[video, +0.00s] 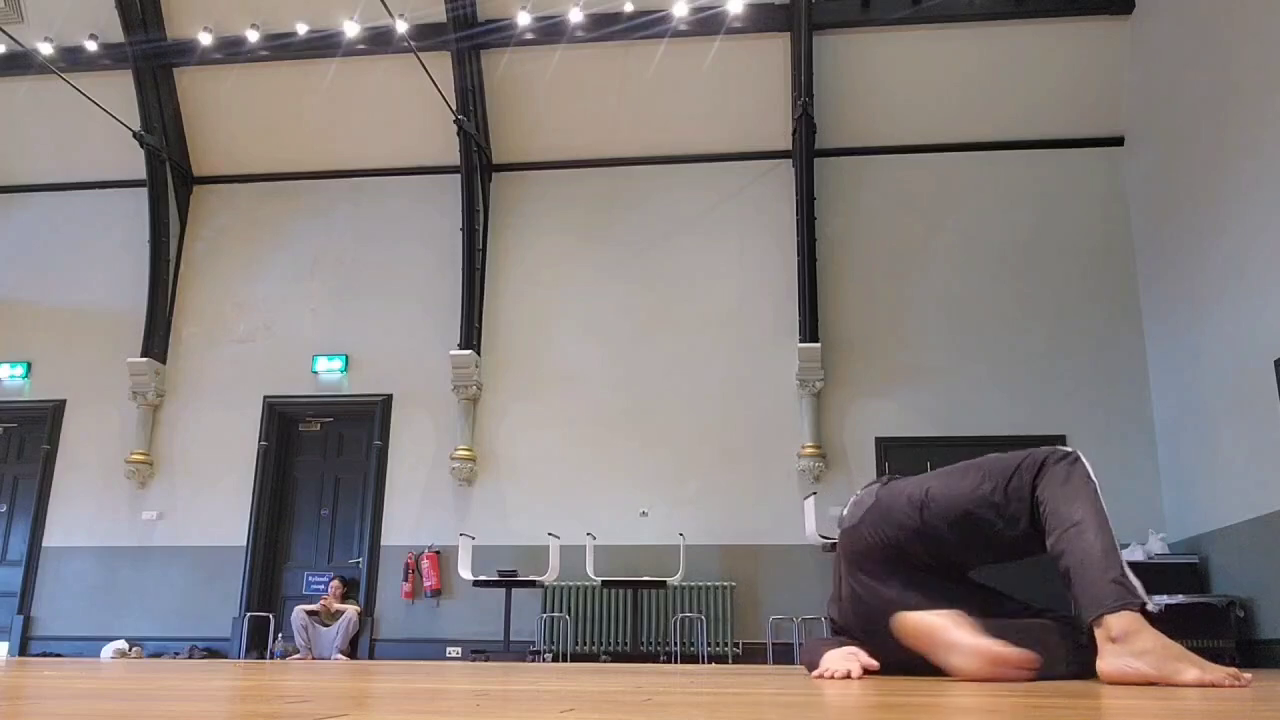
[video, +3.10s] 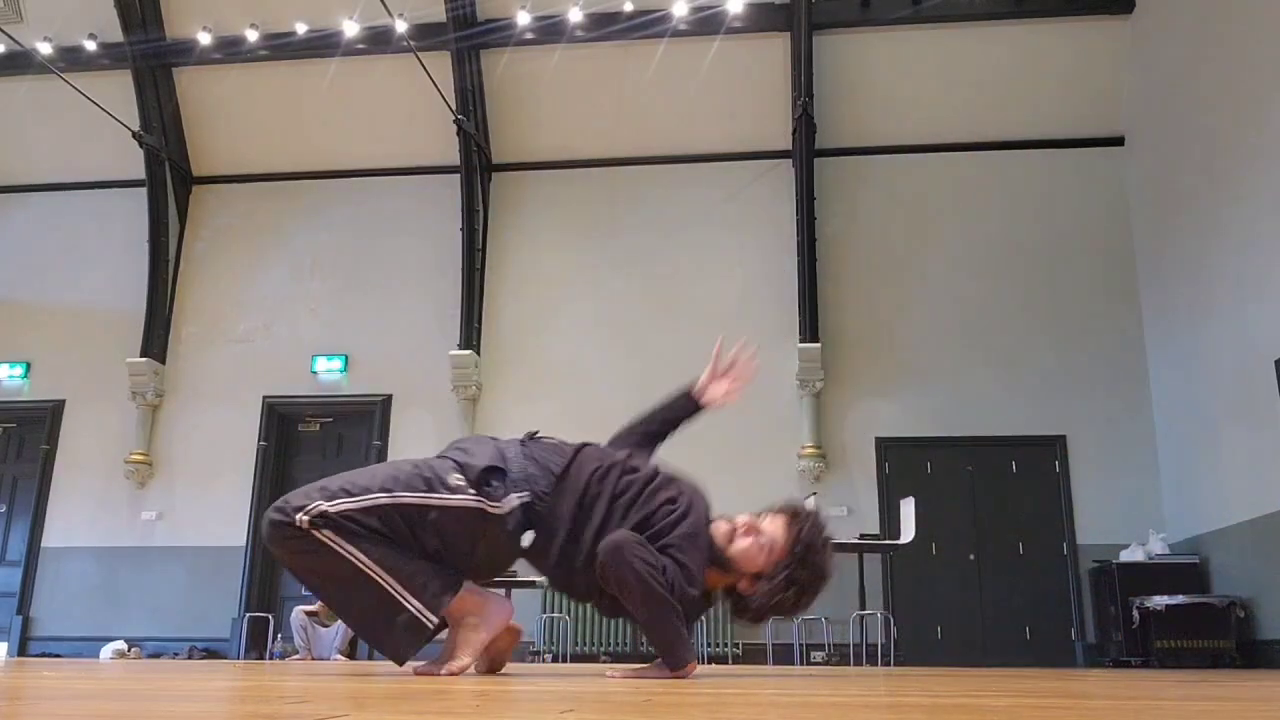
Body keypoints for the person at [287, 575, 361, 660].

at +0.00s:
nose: (333, 591)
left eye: (337, 588)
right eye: (331, 588)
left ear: (344, 590)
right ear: (328, 589)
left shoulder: (349, 602)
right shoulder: (323, 603)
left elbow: (357, 610)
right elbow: (297, 608)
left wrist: (334, 606)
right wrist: (318, 607)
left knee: (352, 614)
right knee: (297, 612)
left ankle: (336, 653)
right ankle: (304, 653)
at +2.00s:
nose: (333, 591)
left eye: (337, 589)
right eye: (331, 588)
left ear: (343, 590)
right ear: (328, 589)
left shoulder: (348, 603)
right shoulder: (323, 602)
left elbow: (357, 610)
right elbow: (297, 609)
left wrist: (334, 606)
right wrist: (315, 607)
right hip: (315, 636)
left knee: (352, 614)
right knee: (297, 612)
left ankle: (336, 653)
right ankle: (304, 653)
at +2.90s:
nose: (333, 591)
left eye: (337, 589)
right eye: (331, 588)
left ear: (343, 591)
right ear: (327, 590)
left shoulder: (348, 604)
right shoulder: (322, 604)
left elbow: (357, 610)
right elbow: (297, 609)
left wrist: (334, 606)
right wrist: (316, 608)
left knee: (352, 614)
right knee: (296, 612)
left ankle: (336, 653)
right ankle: (304, 653)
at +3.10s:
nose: (321, 607)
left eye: (324, 606)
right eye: (321, 606)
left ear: (333, 609)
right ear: (318, 607)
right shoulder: (308, 623)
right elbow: (297, 610)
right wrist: (314, 608)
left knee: (349, 619)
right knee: (297, 612)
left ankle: (336, 654)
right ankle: (304, 653)